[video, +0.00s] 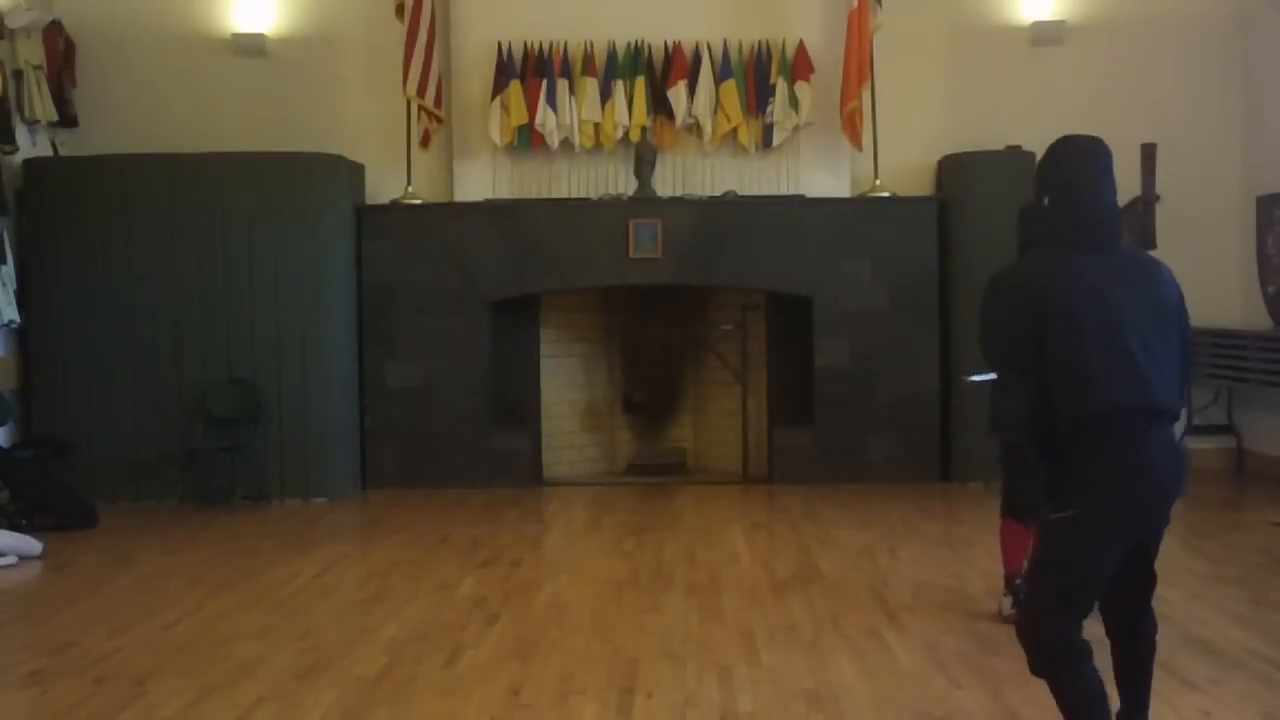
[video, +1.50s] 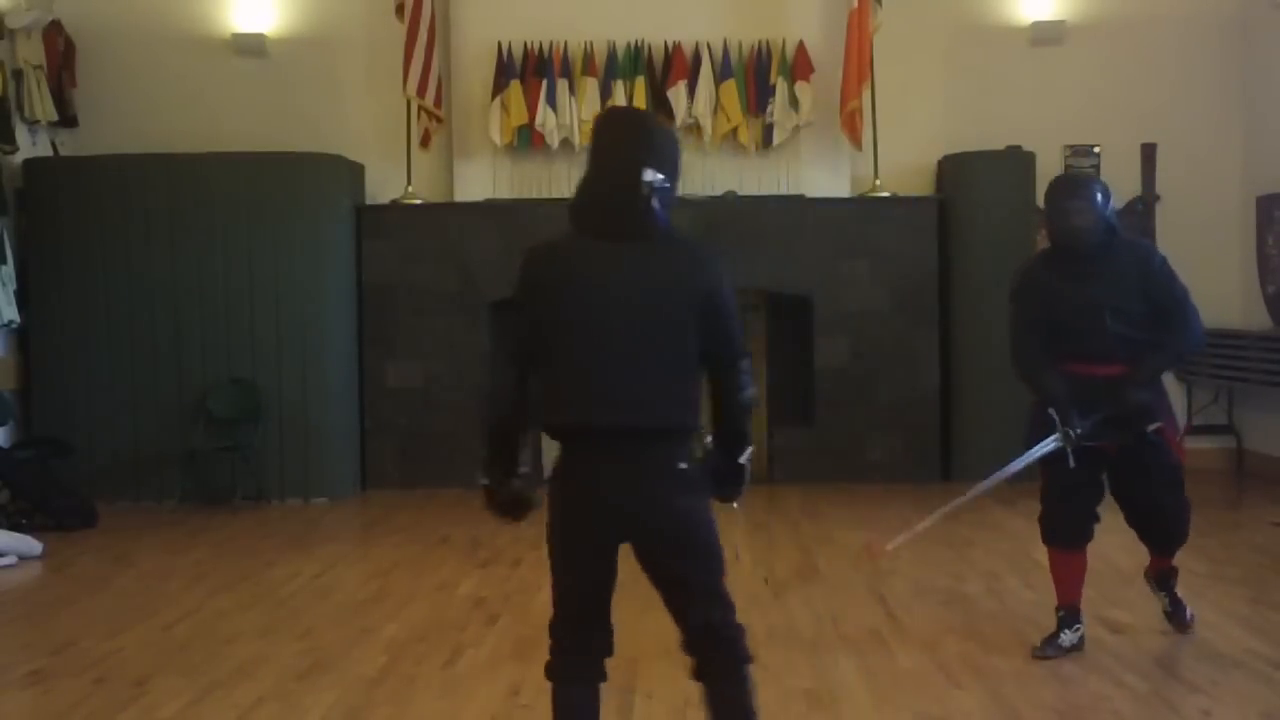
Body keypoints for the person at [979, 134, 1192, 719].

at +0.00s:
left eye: (1050, 192)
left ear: (1046, 198)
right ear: (1110, 197)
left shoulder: (1019, 284)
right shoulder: (1154, 276)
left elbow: (1014, 400)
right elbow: (1180, 376)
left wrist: (1030, 496)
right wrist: (1151, 433)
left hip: (1084, 468)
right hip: (1157, 463)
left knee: (1047, 622)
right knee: (1130, 602)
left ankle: (1094, 709)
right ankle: (1134, 709)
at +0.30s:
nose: (1013, 198)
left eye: (1017, 187)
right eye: (1017, 186)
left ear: (1027, 194)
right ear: (1089, 192)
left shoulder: (1013, 279)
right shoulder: (1129, 282)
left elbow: (988, 396)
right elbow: (1132, 378)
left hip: (1040, 476)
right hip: (1111, 472)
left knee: (1015, 639)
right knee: (1090, 604)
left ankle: (1067, 711)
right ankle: (1118, 707)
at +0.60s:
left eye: (949, 165)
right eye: (1021, 157)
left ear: (954, 169)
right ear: (1022, 167)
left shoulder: (944, 252)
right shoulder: (1058, 254)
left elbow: (925, 363)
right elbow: (1098, 337)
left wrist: (945, 418)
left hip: (986, 454)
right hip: (1050, 451)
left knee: (1038, 634)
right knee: (968, 598)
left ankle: (1076, 706)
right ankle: (964, 710)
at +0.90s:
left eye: (856, 173)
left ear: (852, 180)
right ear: (916, 184)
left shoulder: (829, 266)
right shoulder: (947, 271)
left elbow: (819, 378)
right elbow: (967, 369)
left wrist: (848, 451)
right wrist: (937, 439)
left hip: (878, 470)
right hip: (930, 466)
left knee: (917, 644)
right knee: (853, 626)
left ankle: (1001, 711)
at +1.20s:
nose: (806, 177)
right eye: (803, 167)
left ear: (734, 169)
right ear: (799, 171)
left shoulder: (705, 253)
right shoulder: (834, 254)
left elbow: (680, 380)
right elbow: (858, 377)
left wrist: (735, 425)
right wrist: (808, 417)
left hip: (739, 469)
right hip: (816, 469)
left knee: (673, 630)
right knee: (817, 627)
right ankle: (838, 711)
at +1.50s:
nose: (670, 186)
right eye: (667, 175)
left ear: (594, 175)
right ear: (663, 180)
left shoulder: (547, 264)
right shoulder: (692, 265)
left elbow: (512, 372)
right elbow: (730, 373)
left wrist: (505, 468)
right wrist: (730, 458)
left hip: (581, 482)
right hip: (666, 482)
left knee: (576, 647)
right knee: (715, 642)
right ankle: (735, 707)